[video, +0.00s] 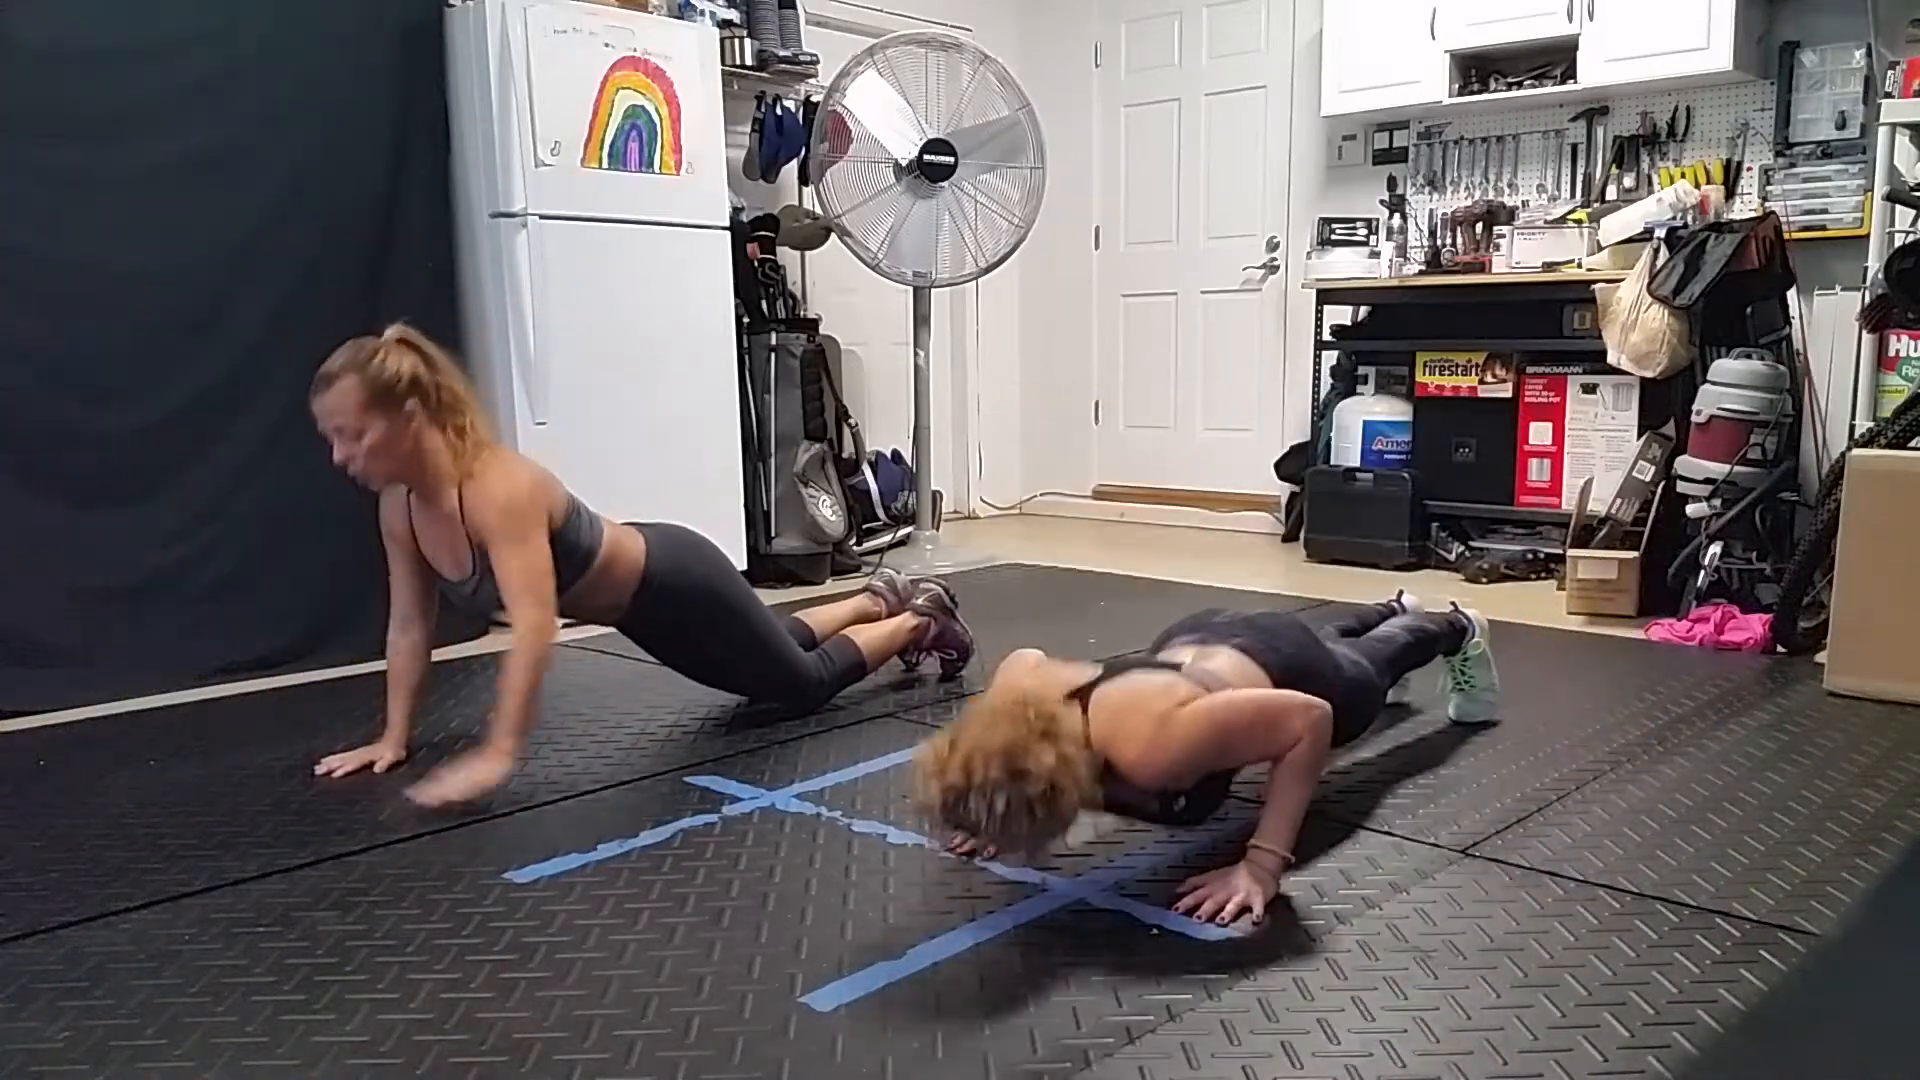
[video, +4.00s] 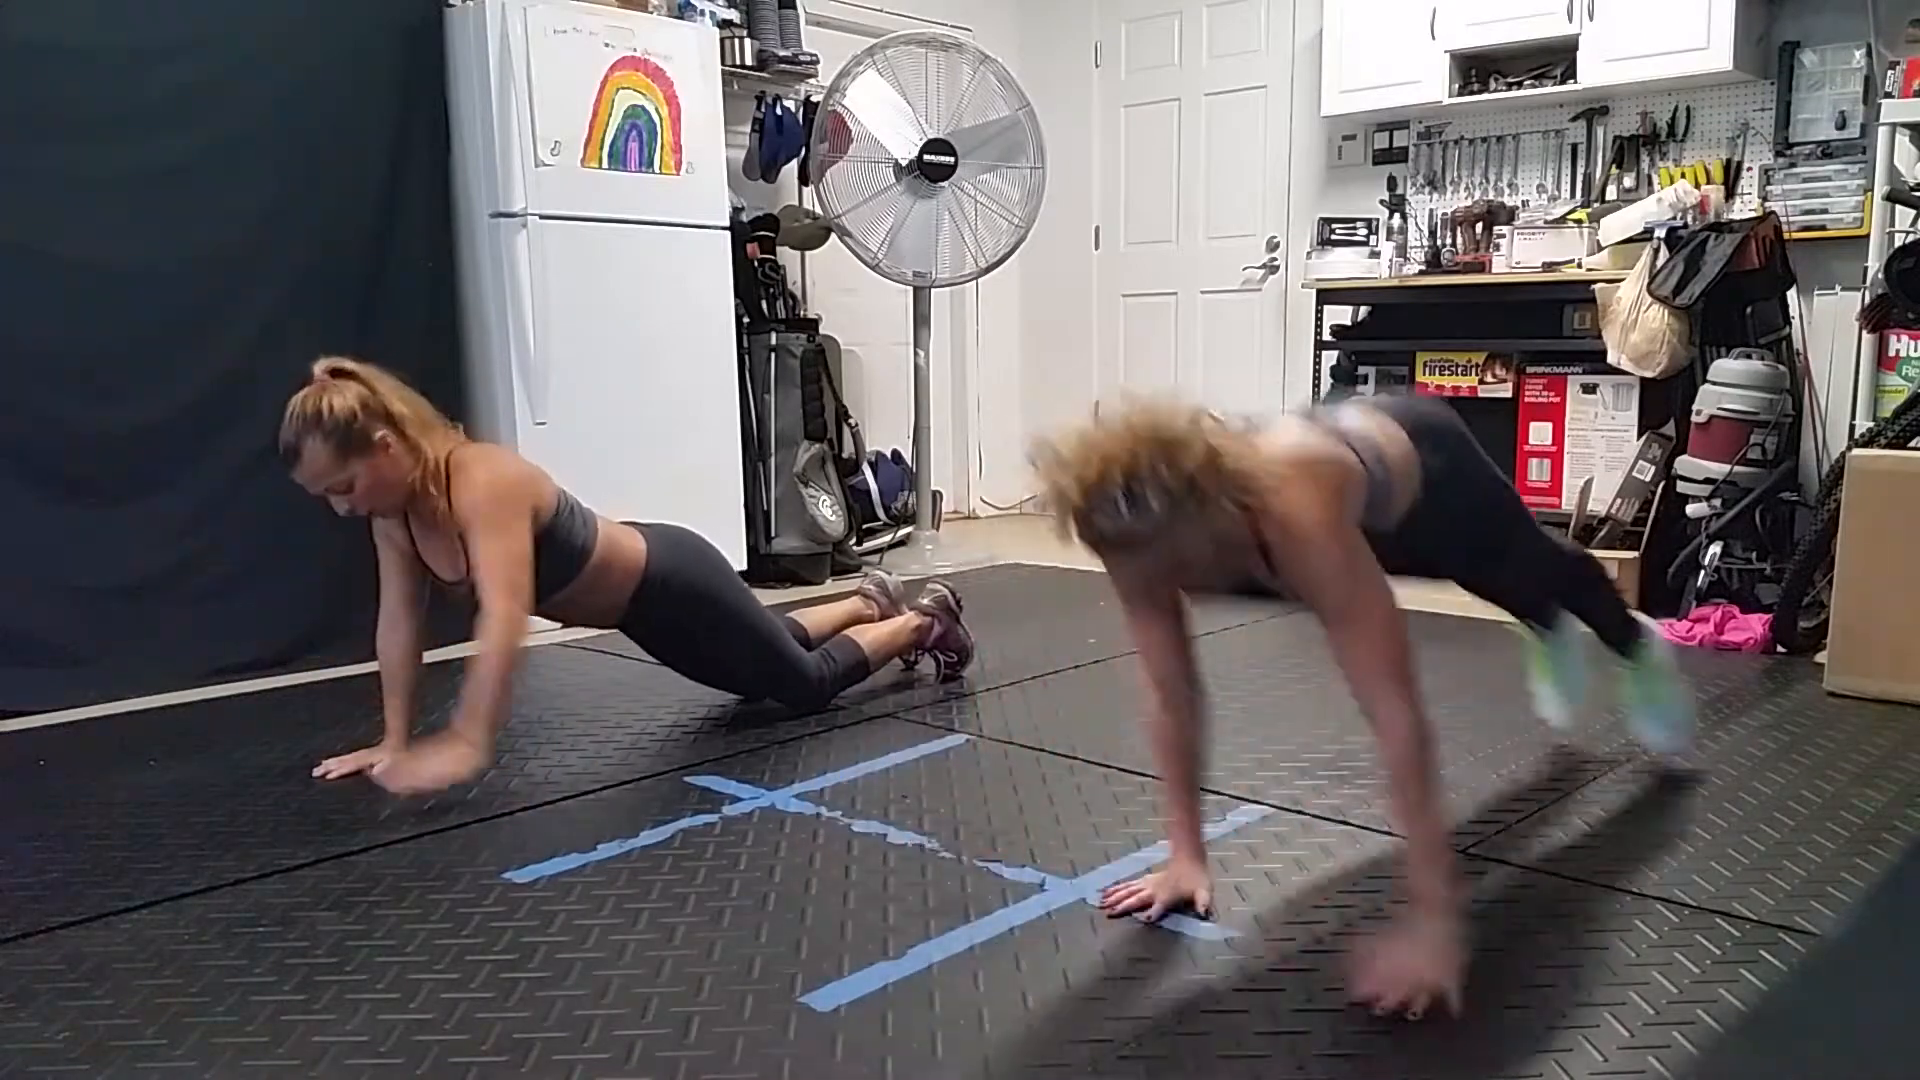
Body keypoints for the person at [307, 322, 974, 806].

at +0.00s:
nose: (338, 457)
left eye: (347, 437)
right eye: (331, 442)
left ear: (410, 417)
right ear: (384, 430)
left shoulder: (497, 488)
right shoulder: (401, 502)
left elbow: (534, 626)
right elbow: (410, 623)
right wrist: (393, 739)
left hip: (678, 586)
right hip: (637, 600)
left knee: (806, 682)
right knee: (769, 653)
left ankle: (920, 623)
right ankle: (878, 598)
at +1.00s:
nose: (326, 511)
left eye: (338, 494)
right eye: (322, 495)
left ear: (397, 482)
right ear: (376, 487)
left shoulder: (493, 530)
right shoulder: (399, 538)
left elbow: (556, 659)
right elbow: (409, 638)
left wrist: (524, 777)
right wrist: (394, 739)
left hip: (674, 623)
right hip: (632, 606)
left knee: (807, 680)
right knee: (773, 643)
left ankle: (924, 627)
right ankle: (878, 598)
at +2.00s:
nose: (433, 407)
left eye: (455, 394)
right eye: (431, 391)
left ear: (518, 412)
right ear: (437, 405)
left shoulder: (556, 506)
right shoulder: (451, 490)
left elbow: (552, 654)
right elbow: (414, 612)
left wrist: (526, 777)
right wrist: (378, 728)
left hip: (723, 600)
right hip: (683, 572)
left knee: (820, 684)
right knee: (783, 642)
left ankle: (926, 619)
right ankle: (878, 601)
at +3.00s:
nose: (324, 625)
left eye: (317, 608)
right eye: (309, 615)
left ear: (346, 566)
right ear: (338, 564)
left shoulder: (458, 558)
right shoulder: (393, 570)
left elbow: (561, 663)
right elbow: (399, 647)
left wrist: (522, 779)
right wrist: (393, 743)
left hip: (661, 627)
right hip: (627, 620)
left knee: (814, 676)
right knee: (769, 648)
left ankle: (910, 610)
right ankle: (873, 602)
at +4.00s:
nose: (344, 506)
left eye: (343, 486)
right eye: (330, 496)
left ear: (384, 439)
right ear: (350, 468)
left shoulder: (483, 483)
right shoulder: (396, 501)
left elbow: (507, 617)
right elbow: (399, 613)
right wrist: (393, 738)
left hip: (675, 587)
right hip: (643, 595)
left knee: (808, 680)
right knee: (764, 652)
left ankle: (920, 627)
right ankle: (869, 601)